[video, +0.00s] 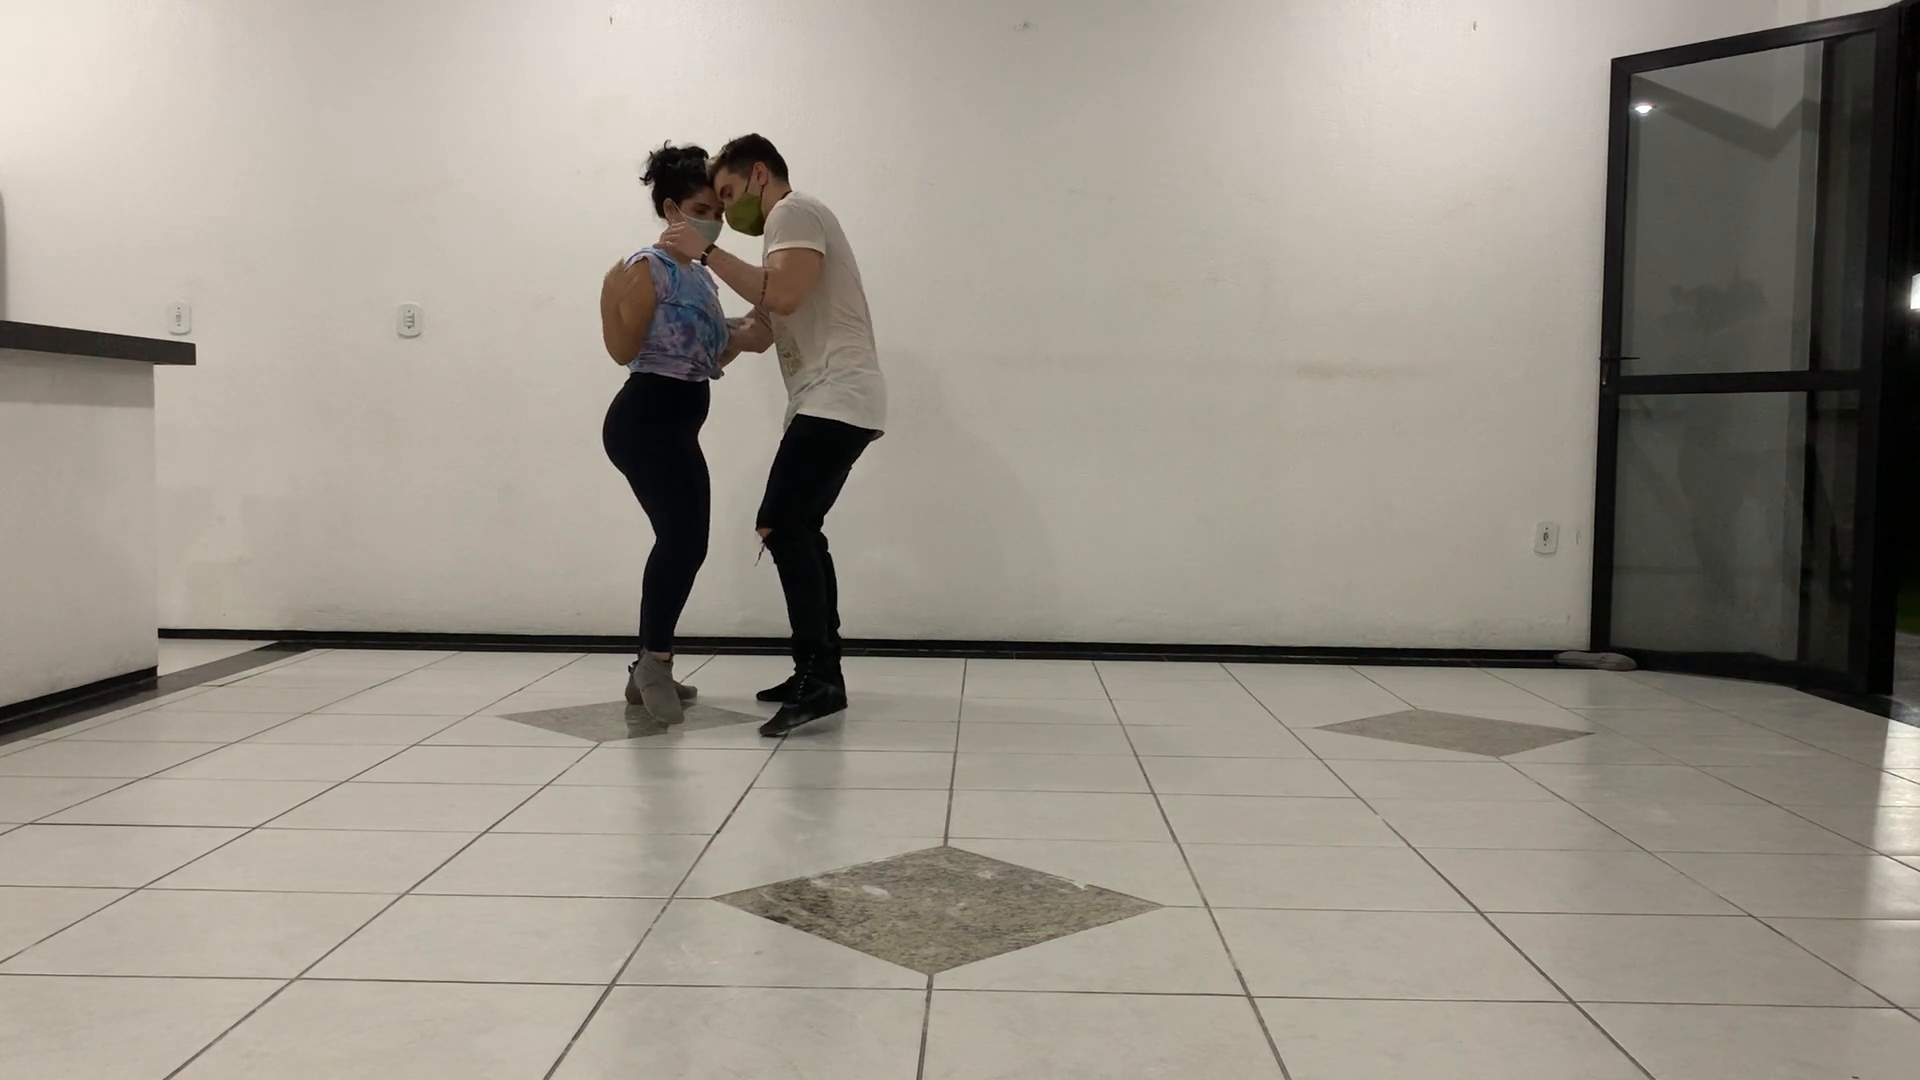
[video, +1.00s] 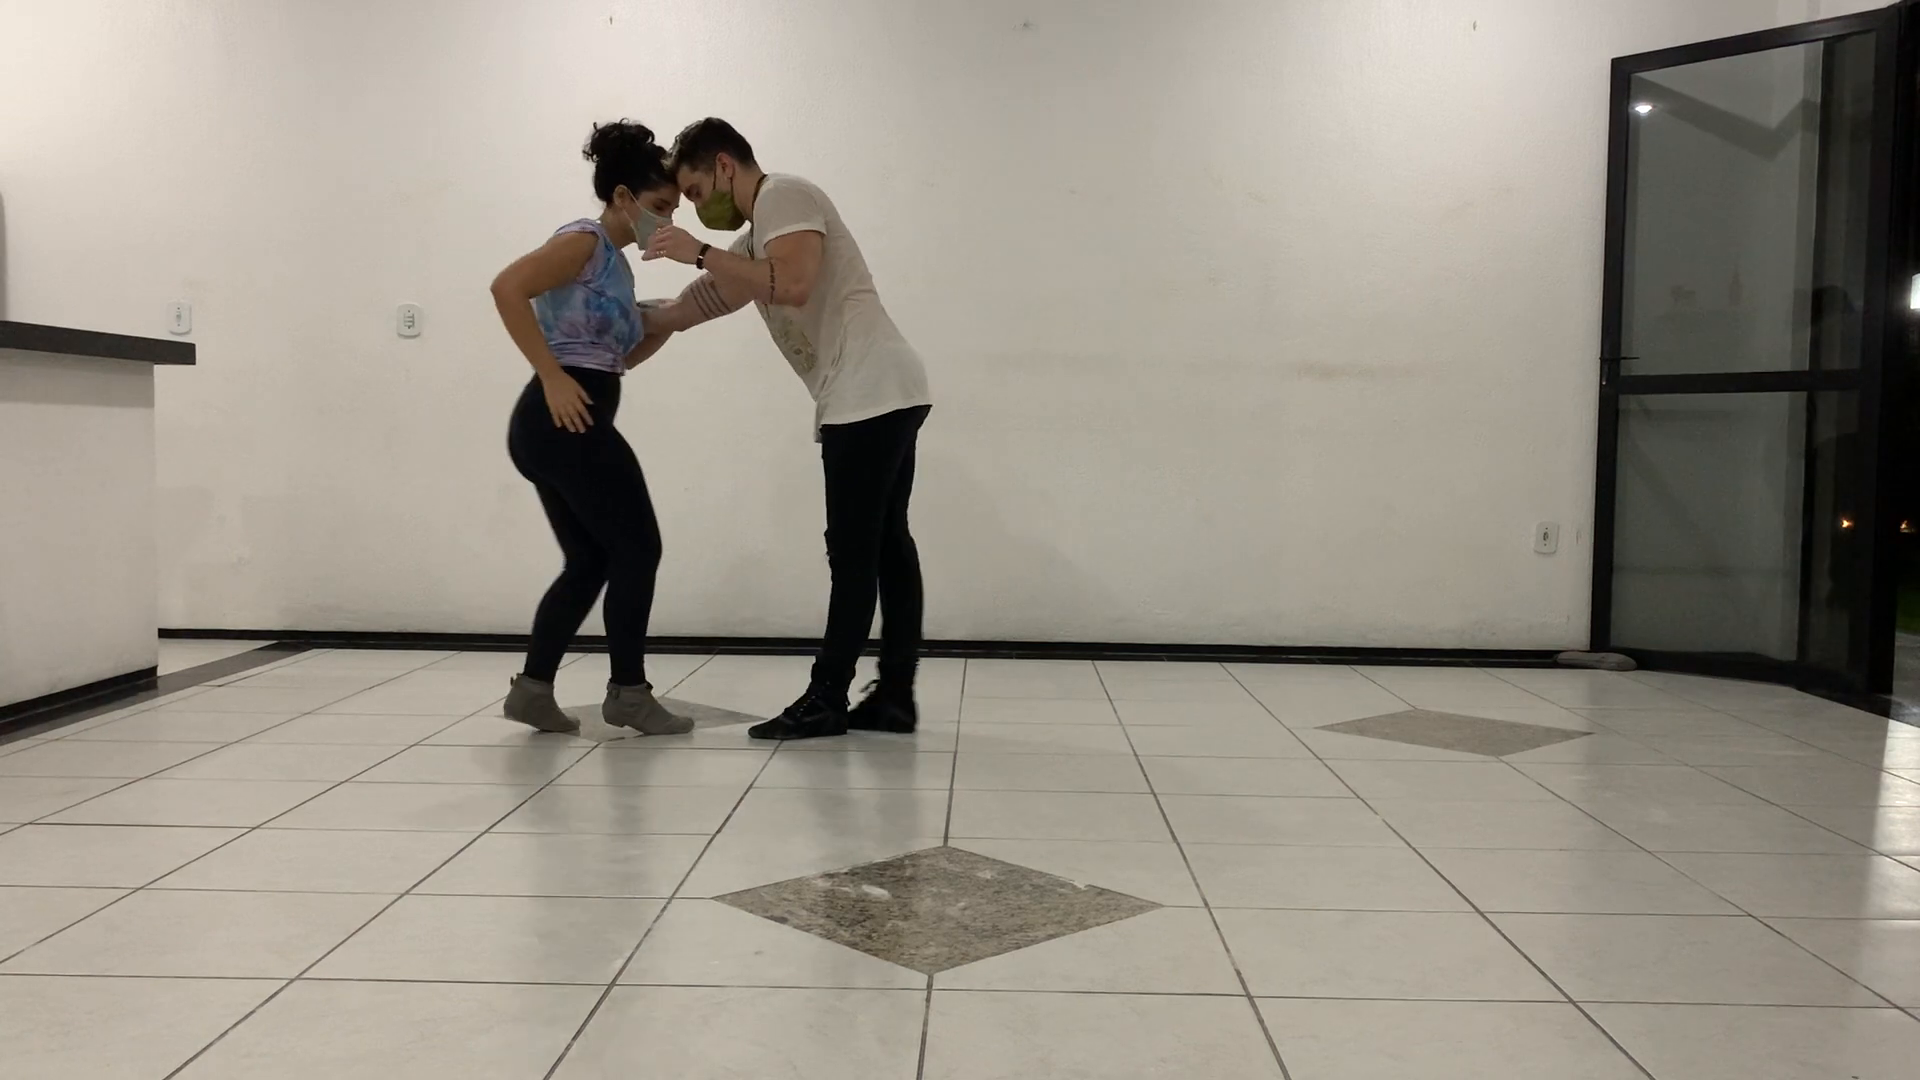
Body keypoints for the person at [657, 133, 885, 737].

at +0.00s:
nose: (726, 206)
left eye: (728, 191)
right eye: (720, 198)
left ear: (761, 174)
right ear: (763, 181)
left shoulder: (797, 212)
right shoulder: (789, 228)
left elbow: (784, 293)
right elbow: (760, 335)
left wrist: (706, 250)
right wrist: (689, 324)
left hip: (839, 397)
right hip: (828, 399)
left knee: (784, 523)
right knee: (794, 527)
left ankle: (821, 678)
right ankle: (816, 669)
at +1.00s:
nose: (694, 204)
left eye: (694, 188)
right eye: (688, 195)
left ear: (727, 164)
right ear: (726, 172)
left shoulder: (784, 197)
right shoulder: (760, 242)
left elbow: (793, 284)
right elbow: (682, 309)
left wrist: (698, 253)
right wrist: (592, 315)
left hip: (867, 395)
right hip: (878, 394)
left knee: (851, 548)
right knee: (892, 543)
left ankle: (825, 700)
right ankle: (895, 696)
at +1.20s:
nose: (683, 203)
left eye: (684, 185)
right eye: (676, 193)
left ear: (714, 160)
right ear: (714, 169)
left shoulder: (778, 193)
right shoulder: (745, 240)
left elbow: (801, 275)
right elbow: (675, 310)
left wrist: (705, 250)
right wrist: (590, 320)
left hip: (855, 396)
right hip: (853, 397)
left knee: (835, 546)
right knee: (873, 536)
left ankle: (825, 699)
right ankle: (963, 665)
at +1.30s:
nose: (677, 203)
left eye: (677, 186)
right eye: (672, 194)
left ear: (711, 163)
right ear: (709, 172)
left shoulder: (776, 193)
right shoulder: (739, 241)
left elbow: (802, 273)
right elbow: (670, 316)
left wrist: (703, 244)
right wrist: (577, 320)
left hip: (852, 393)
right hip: (824, 400)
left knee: (825, 543)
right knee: (832, 540)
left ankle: (825, 703)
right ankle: (978, 579)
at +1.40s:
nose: (672, 201)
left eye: (673, 184)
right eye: (666, 192)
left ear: (707, 160)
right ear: (701, 171)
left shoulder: (774, 194)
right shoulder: (730, 245)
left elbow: (801, 274)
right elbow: (667, 322)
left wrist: (707, 245)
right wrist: (583, 350)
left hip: (847, 392)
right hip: (804, 402)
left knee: (812, 537)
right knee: (783, 534)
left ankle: (824, 701)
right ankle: (930, 496)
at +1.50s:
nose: (670, 201)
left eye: (671, 185)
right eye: (664, 191)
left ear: (704, 160)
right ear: (702, 168)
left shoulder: (773, 195)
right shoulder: (726, 240)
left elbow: (800, 280)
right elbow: (665, 328)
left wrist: (704, 246)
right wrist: (578, 347)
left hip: (836, 395)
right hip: (788, 401)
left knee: (798, 540)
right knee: (729, 512)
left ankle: (824, 702)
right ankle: (873, 496)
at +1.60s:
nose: (666, 200)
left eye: (668, 183)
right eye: (659, 189)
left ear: (702, 157)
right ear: (697, 166)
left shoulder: (771, 195)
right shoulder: (716, 248)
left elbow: (795, 284)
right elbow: (664, 333)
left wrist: (702, 249)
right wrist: (576, 337)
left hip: (824, 397)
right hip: (767, 400)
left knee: (787, 543)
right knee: (689, 492)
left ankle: (822, 701)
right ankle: (812, 571)